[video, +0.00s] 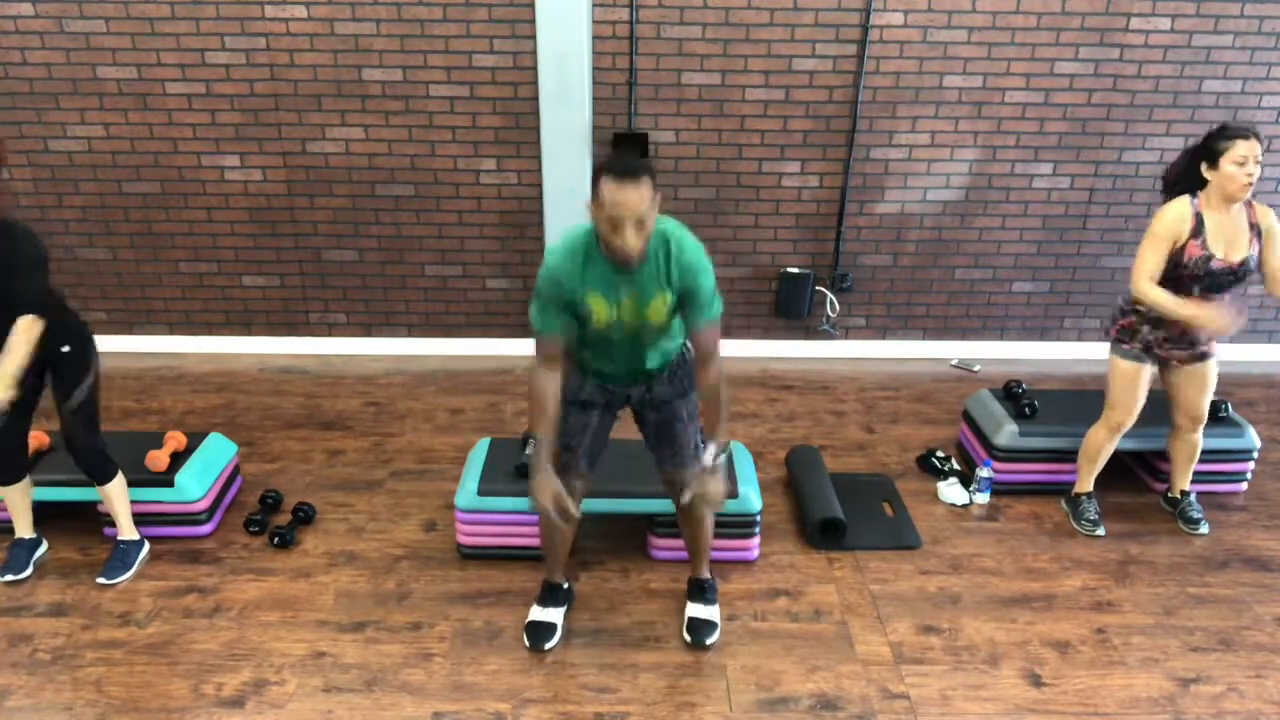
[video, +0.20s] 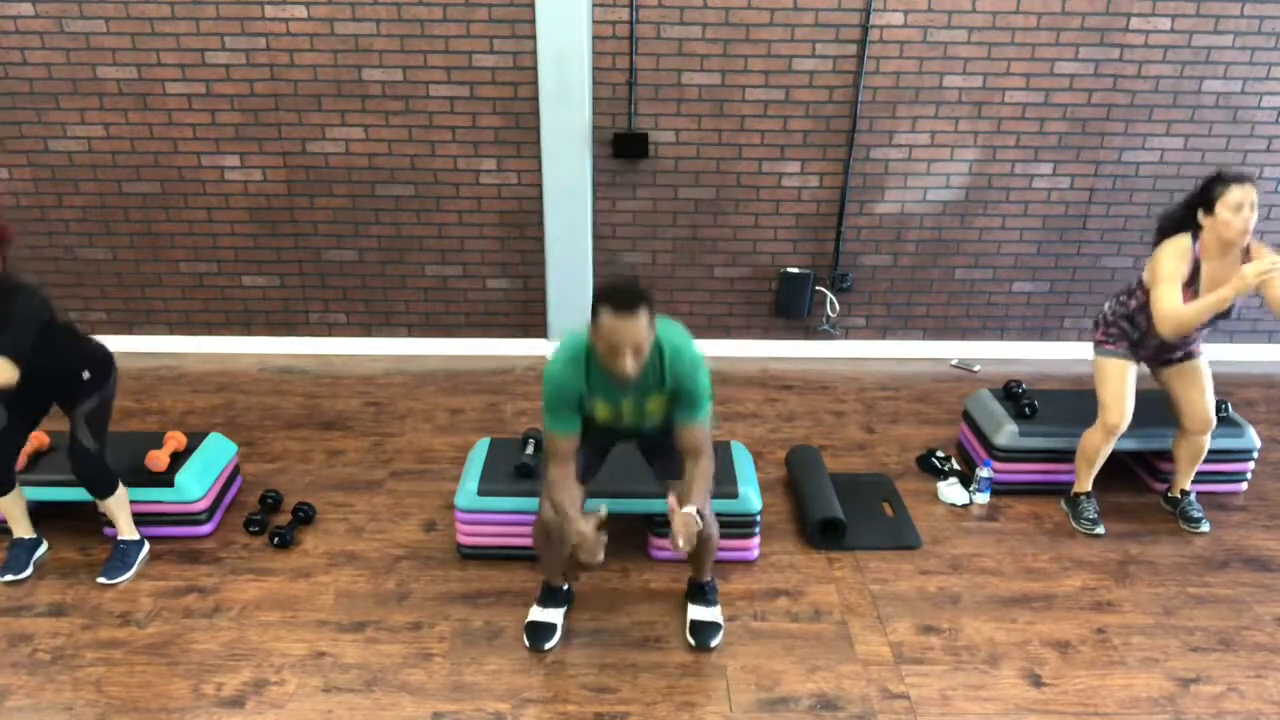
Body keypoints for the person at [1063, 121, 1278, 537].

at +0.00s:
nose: (1252, 172)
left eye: (1256, 163)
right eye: (1241, 163)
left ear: (1260, 167)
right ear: (1208, 170)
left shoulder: (1262, 220)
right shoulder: (1177, 214)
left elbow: (1275, 286)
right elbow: (1141, 284)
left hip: (1198, 330)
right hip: (1145, 323)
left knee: (1192, 421)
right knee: (1119, 418)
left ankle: (1179, 494)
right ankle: (1080, 493)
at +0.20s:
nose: (1250, 218)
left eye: (1253, 208)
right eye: (1238, 208)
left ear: (1258, 214)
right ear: (1206, 218)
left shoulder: (1258, 256)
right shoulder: (1175, 251)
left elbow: (1277, 303)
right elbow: (1169, 325)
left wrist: (1267, 277)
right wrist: (1234, 289)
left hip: (1178, 337)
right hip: (1124, 328)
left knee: (1201, 422)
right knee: (1114, 420)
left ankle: (1179, 493)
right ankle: (1079, 493)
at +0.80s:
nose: (1234, 258)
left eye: (1240, 248)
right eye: (1224, 249)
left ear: (1246, 252)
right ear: (1195, 252)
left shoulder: (1249, 294)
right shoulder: (1165, 283)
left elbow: (1277, 344)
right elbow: (1125, 356)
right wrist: (1169, 403)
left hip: (1177, 358)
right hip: (1122, 350)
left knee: (1212, 433)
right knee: (1117, 434)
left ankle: (1179, 494)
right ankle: (1079, 494)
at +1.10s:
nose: (1244, 185)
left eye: (1250, 175)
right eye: (1233, 175)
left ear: (1254, 177)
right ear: (1202, 179)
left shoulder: (1255, 225)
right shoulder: (1170, 224)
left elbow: (1272, 276)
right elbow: (1101, 270)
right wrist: (1051, 320)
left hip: (1195, 336)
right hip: (1140, 331)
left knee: (1200, 425)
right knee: (1119, 425)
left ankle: (1179, 493)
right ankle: (1080, 494)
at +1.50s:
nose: (1244, 173)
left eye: (1249, 164)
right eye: (1233, 164)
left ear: (1254, 166)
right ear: (1203, 167)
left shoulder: (1254, 212)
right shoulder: (1170, 214)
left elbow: (1225, 265)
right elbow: (1106, 250)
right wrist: (1063, 288)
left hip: (1209, 342)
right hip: (1157, 335)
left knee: (1183, 425)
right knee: (1119, 416)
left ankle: (1179, 494)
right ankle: (1081, 494)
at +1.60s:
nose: (1245, 172)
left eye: (1250, 163)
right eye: (1234, 163)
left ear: (1254, 166)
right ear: (1203, 166)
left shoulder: (1255, 213)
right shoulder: (1171, 214)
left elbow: (1226, 269)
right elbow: (1106, 252)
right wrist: (1059, 295)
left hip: (1210, 341)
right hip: (1157, 335)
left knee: (1183, 425)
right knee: (1120, 416)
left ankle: (1179, 494)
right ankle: (1081, 494)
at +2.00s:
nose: (1255, 195)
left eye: (1259, 185)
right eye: (1243, 185)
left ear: (1264, 189)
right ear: (1211, 191)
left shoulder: (1263, 239)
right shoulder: (1178, 232)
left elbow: (1274, 307)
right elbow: (1128, 300)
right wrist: (1186, 330)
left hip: (1192, 332)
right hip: (1137, 326)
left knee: (1197, 422)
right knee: (1116, 421)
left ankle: (1179, 494)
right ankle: (1080, 494)